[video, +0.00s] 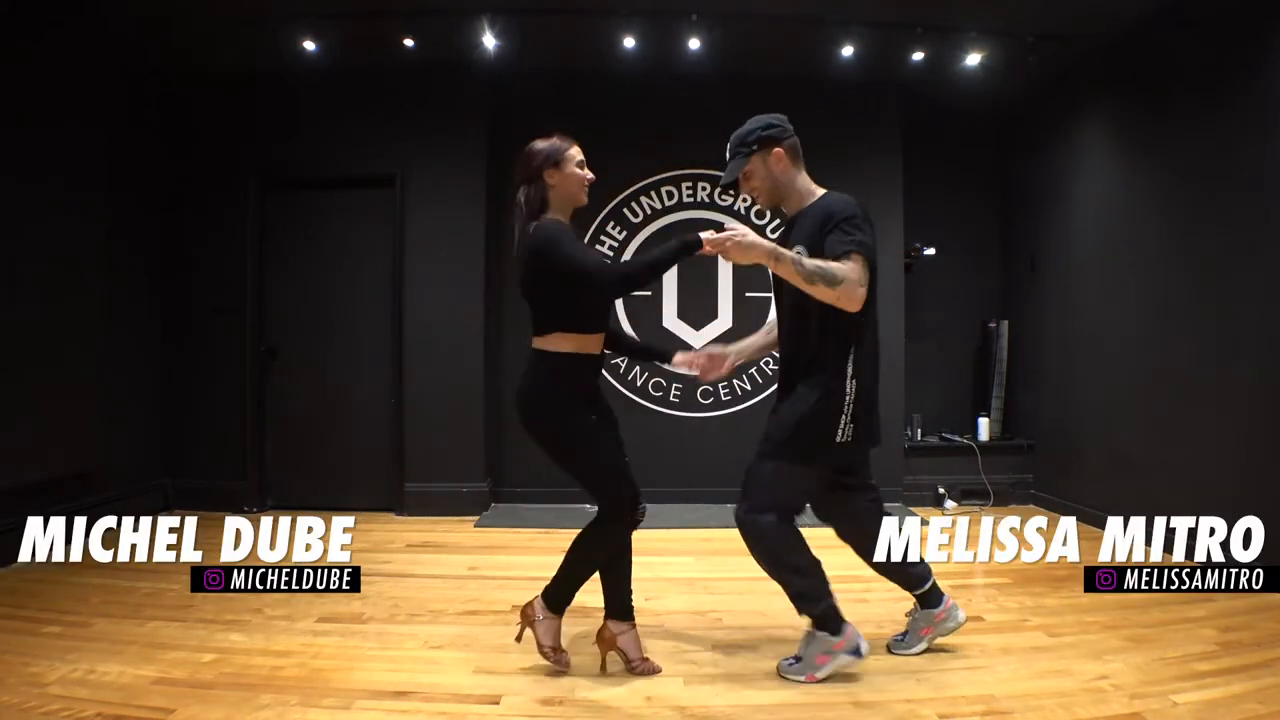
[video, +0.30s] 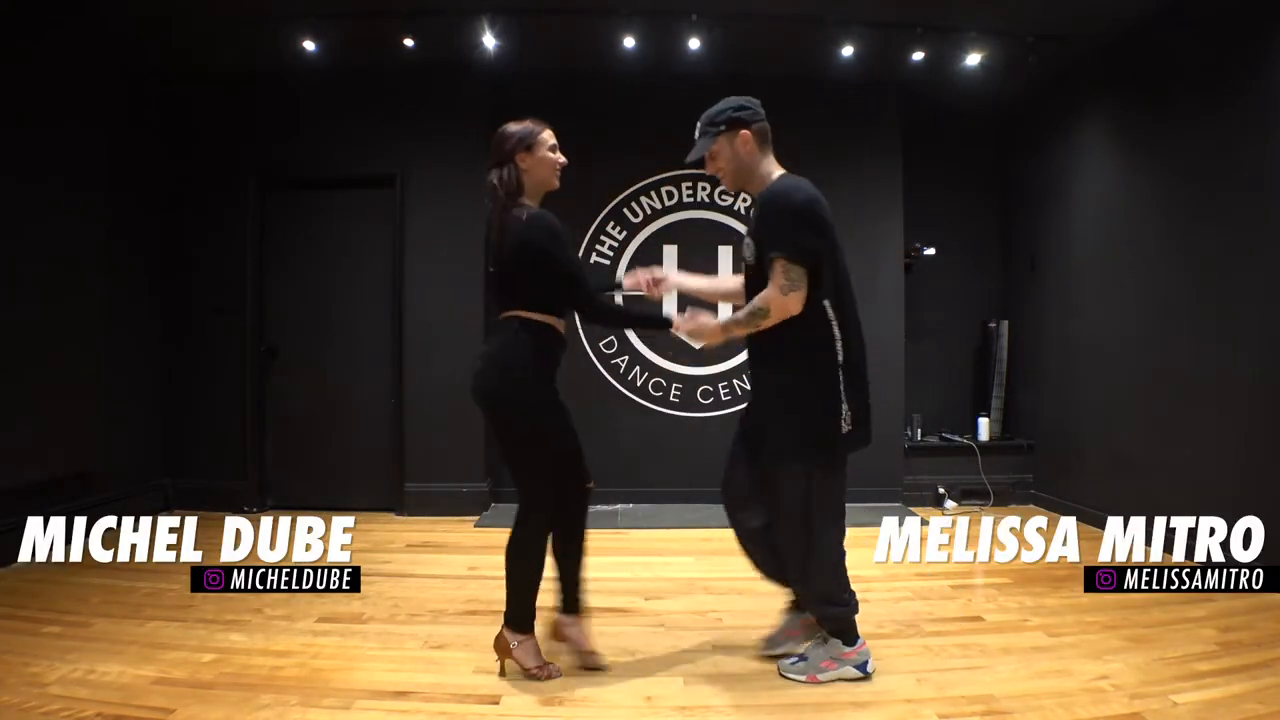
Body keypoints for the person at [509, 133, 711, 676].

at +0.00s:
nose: (591, 174)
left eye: (587, 166)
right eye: (580, 166)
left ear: (561, 177)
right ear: (549, 176)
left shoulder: (569, 241)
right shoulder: (546, 237)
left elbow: (602, 333)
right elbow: (614, 280)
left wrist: (668, 356)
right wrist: (690, 243)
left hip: (581, 386)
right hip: (553, 389)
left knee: (622, 504)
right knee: (619, 503)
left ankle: (619, 623)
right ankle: (546, 608)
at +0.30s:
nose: (562, 158)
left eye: (559, 149)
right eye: (552, 150)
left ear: (528, 162)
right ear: (521, 160)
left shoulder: (521, 221)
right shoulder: (530, 225)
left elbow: (577, 294)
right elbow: (589, 306)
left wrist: (631, 290)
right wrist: (669, 317)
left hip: (519, 369)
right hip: (517, 372)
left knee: (571, 488)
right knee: (541, 497)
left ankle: (568, 615)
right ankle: (517, 632)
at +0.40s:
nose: (550, 158)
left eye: (547, 149)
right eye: (539, 149)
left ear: (516, 162)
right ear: (509, 161)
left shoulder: (501, 222)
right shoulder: (524, 227)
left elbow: (557, 284)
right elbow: (568, 312)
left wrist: (611, 256)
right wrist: (646, 347)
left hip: (500, 365)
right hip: (511, 367)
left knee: (554, 487)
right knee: (532, 495)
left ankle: (502, 597)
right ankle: (520, 632)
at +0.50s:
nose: (529, 161)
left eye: (526, 152)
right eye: (518, 153)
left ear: (490, 168)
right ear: (486, 165)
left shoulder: (471, 228)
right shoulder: (506, 231)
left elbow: (536, 274)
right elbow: (533, 316)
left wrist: (593, 232)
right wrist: (605, 352)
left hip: (468, 364)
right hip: (499, 367)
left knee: (498, 490)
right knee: (515, 497)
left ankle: (439, 597)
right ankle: (518, 632)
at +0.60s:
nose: (514, 160)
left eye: (511, 151)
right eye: (503, 151)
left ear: (481, 166)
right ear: (472, 164)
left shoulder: (467, 222)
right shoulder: (484, 225)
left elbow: (524, 276)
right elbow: (511, 304)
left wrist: (591, 242)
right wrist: (585, 333)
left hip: (452, 363)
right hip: (480, 366)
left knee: (462, 490)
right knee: (502, 499)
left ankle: (426, 603)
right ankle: (519, 630)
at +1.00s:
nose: (445, 165)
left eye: (445, 158)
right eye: (433, 157)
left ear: (433, 172)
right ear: (401, 167)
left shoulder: (443, 238)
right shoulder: (375, 225)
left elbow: (459, 324)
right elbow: (432, 266)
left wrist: (509, 366)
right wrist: (512, 233)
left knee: (437, 489)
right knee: (378, 496)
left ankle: (424, 605)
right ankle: (309, 582)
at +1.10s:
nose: (432, 167)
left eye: (432, 159)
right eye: (420, 158)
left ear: (420, 173)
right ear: (389, 167)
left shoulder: (428, 240)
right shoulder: (361, 227)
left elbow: (442, 322)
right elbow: (420, 279)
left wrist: (490, 359)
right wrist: (496, 263)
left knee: (430, 487)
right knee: (335, 488)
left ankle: (424, 605)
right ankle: (288, 601)